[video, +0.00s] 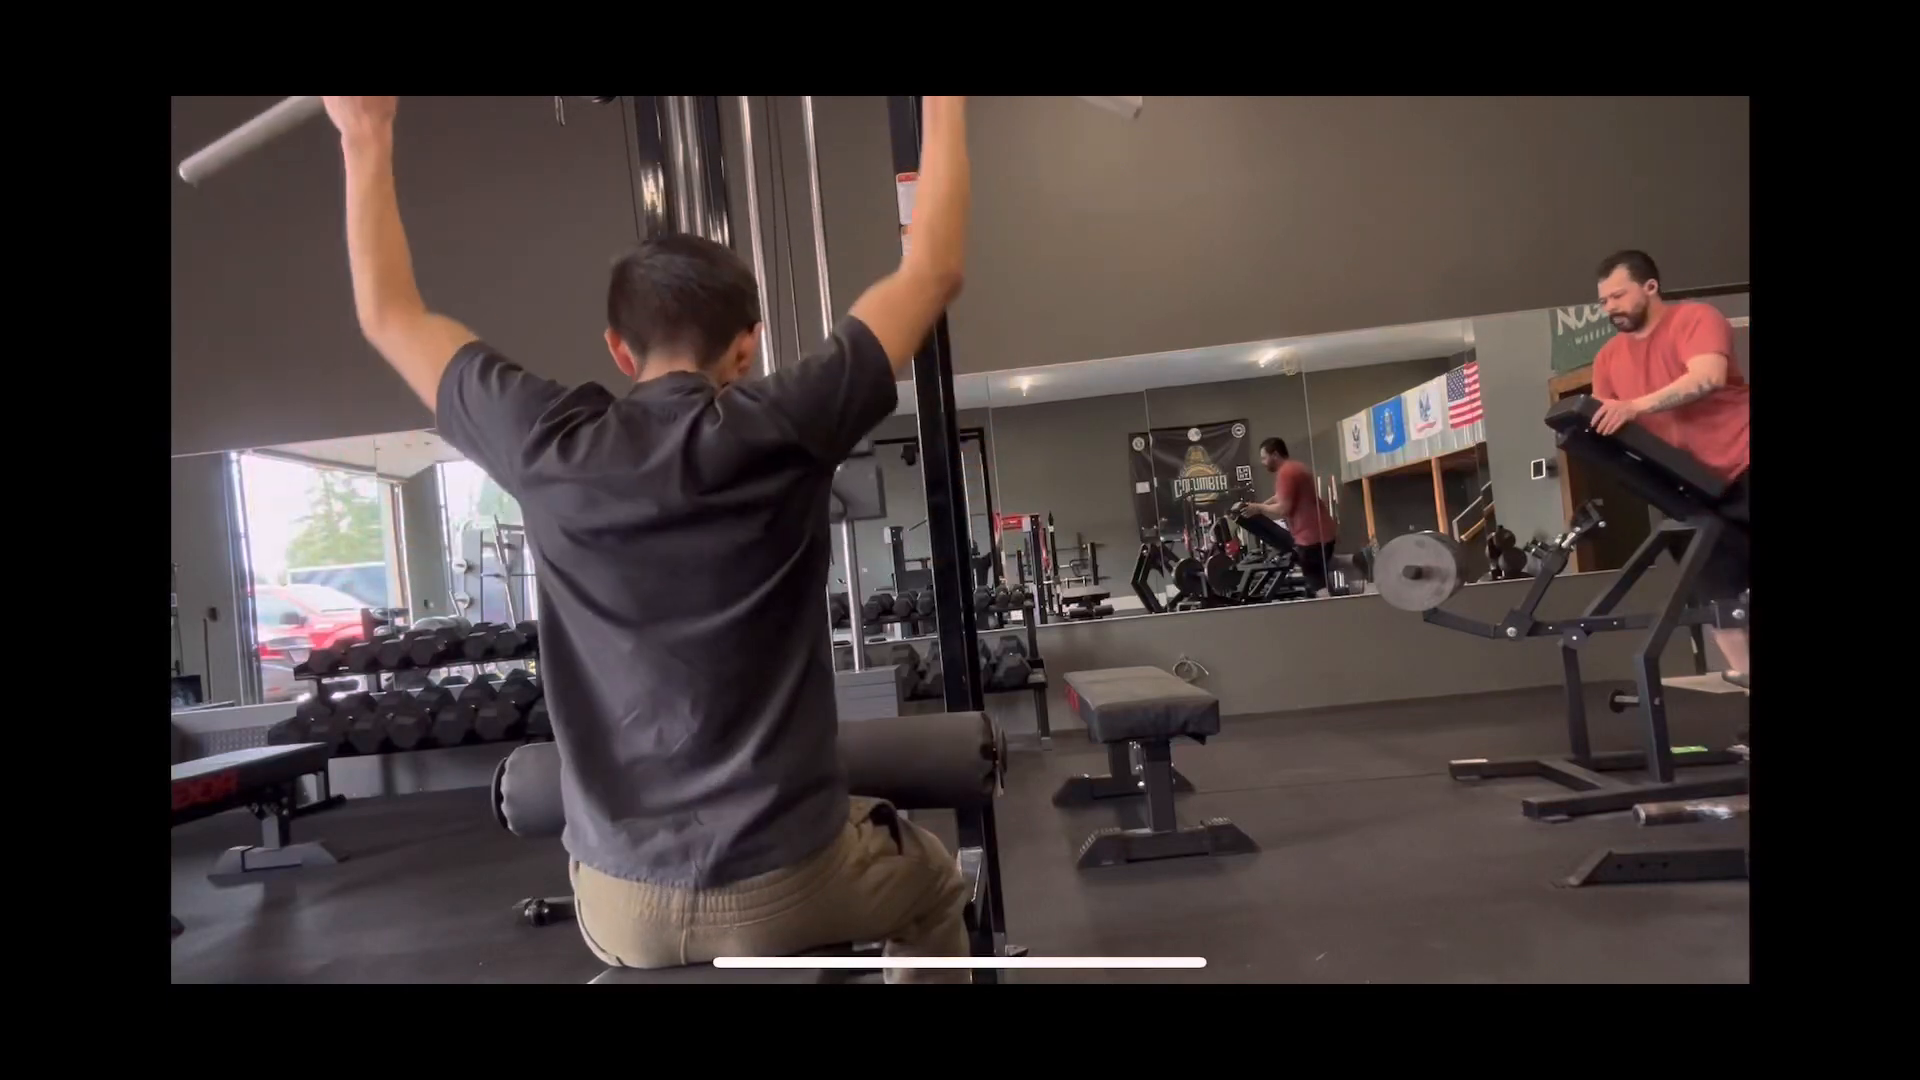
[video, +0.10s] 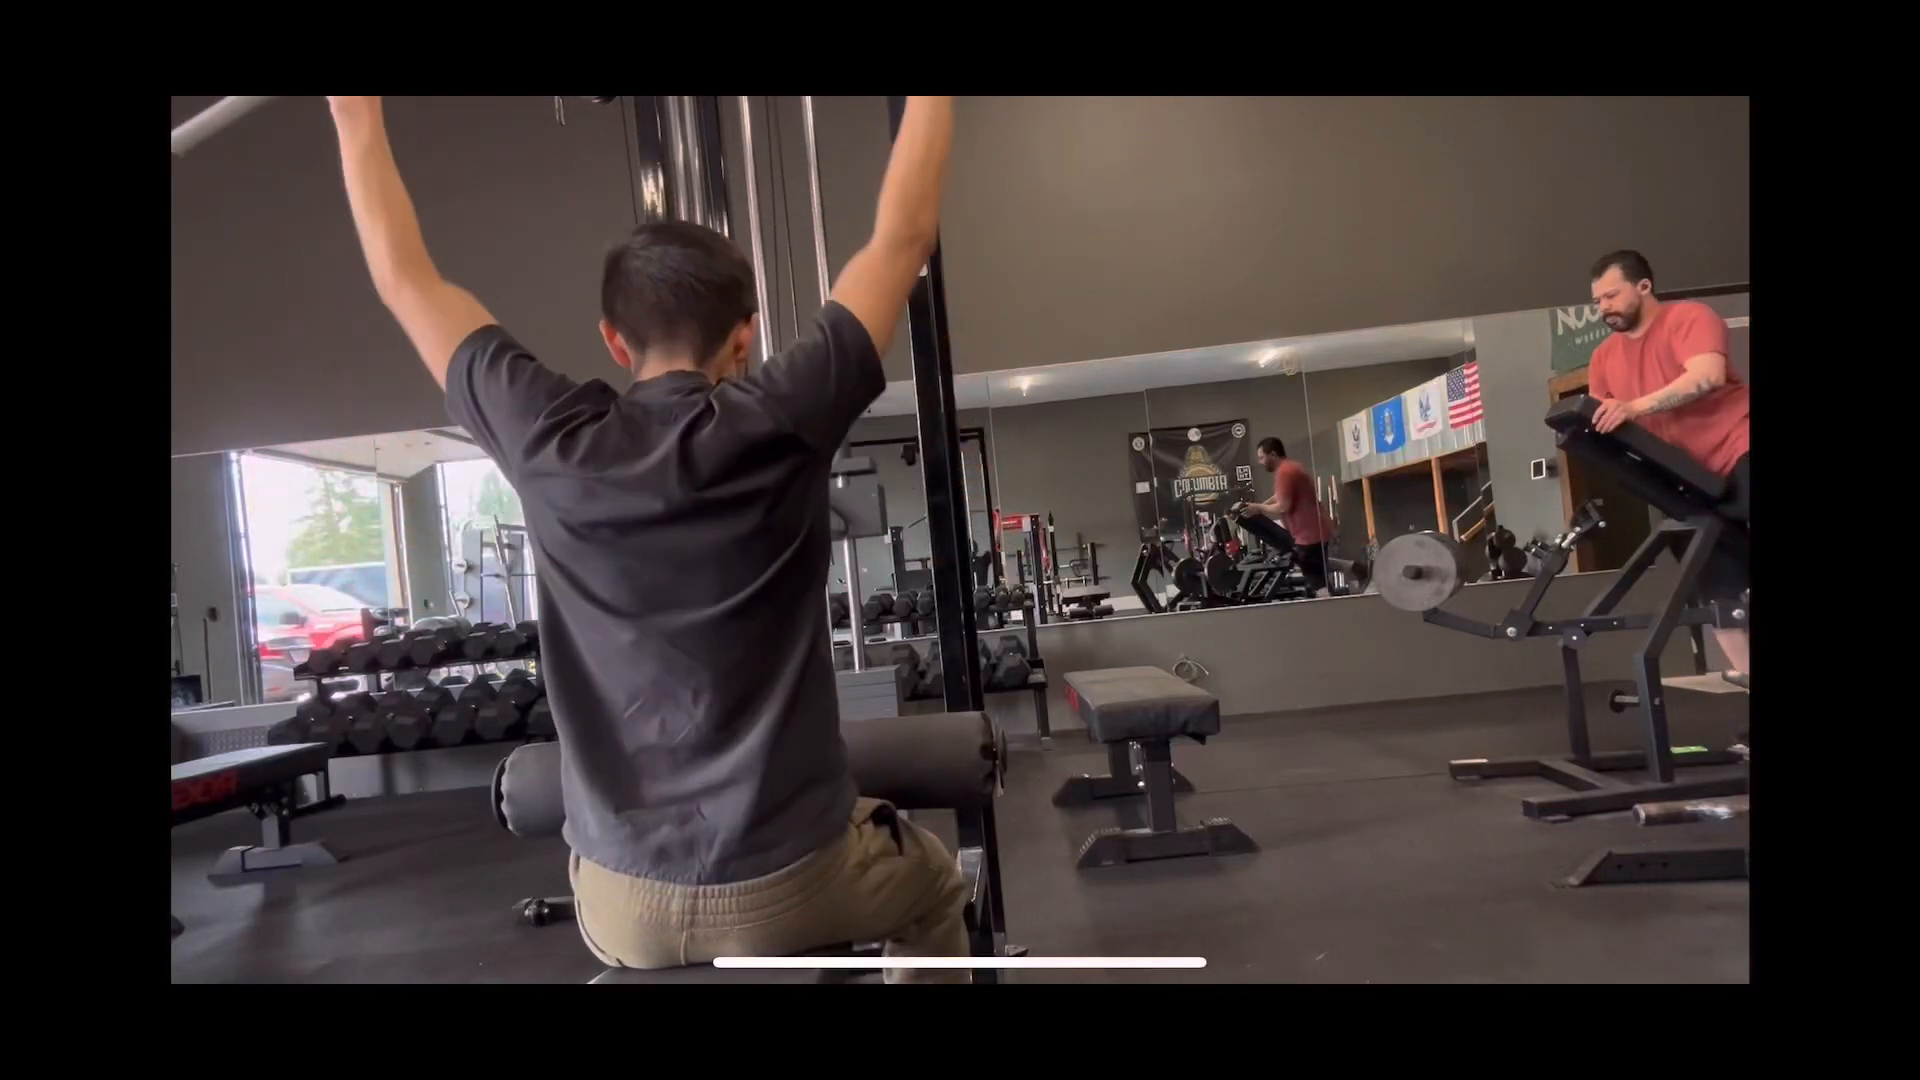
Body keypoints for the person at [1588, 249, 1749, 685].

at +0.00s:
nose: (1609, 308)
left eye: (1617, 296)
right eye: (1604, 300)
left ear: (1649, 288)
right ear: (1602, 304)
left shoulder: (1697, 318)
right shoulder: (1608, 357)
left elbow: (1709, 378)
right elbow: (1610, 428)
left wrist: (1635, 406)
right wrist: (1580, 428)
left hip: (1741, 475)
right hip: (1681, 493)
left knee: (1735, 586)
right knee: (1714, 589)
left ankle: (1741, 673)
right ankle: (1741, 675)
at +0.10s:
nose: (1602, 308)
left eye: (1610, 296)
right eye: (1597, 301)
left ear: (1642, 288)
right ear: (1597, 304)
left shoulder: (1690, 317)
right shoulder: (1604, 358)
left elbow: (1709, 376)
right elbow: (1606, 425)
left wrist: (1634, 407)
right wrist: (1580, 428)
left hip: (1737, 457)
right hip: (1680, 484)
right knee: (1715, 584)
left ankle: (1743, 672)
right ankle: (1743, 676)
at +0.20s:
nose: (1598, 309)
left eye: (1605, 297)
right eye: (1592, 302)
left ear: (1638, 289)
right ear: (1593, 305)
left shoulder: (1685, 317)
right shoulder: (1603, 356)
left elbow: (1709, 374)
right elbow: (1606, 423)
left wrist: (1635, 406)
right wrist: (1581, 426)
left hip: (1734, 454)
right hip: (1678, 479)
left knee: (1740, 561)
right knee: (1712, 580)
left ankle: (1743, 670)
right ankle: (1743, 673)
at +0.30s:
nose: (1597, 313)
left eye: (1605, 300)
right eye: (1593, 305)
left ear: (1638, 292)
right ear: (1594, 308)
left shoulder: (1686, 318)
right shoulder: (1606, 359)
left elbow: (1712, 373)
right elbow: (1612, 428)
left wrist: (1635, 403)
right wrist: (1581, 428)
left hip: (1734, 459)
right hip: (1677, 481)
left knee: (1744, 568)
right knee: (1708, 583)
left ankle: (1744, 671)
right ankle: (1744, 672)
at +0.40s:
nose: (1604, 319)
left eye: (1611, 307)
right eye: (1599, 311)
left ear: (1645, 299)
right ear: (1599, 313)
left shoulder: (1690, 325)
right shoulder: (1613, 362)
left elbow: (1714, 379)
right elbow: (1613, 427)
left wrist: (1633, 404)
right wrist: (1583, 425)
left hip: (1735, 465)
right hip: (1679, 485)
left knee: (1744, 572)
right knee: (1705, 593)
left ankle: (1740, 673)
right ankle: (1746, 674)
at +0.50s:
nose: (1613, 321)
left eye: (1620, 308)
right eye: (1608, 312)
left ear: (1654, 300)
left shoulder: (1698, 323)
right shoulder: (1623, 358)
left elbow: (1713, 382)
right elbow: (1619, 421)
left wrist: (1633, 407)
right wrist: (1585, 423)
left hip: (1737, 469)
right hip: (1682, 485)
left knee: (1740, 579)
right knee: (1702, 590)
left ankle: (1741, 674)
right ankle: (1743, 675)